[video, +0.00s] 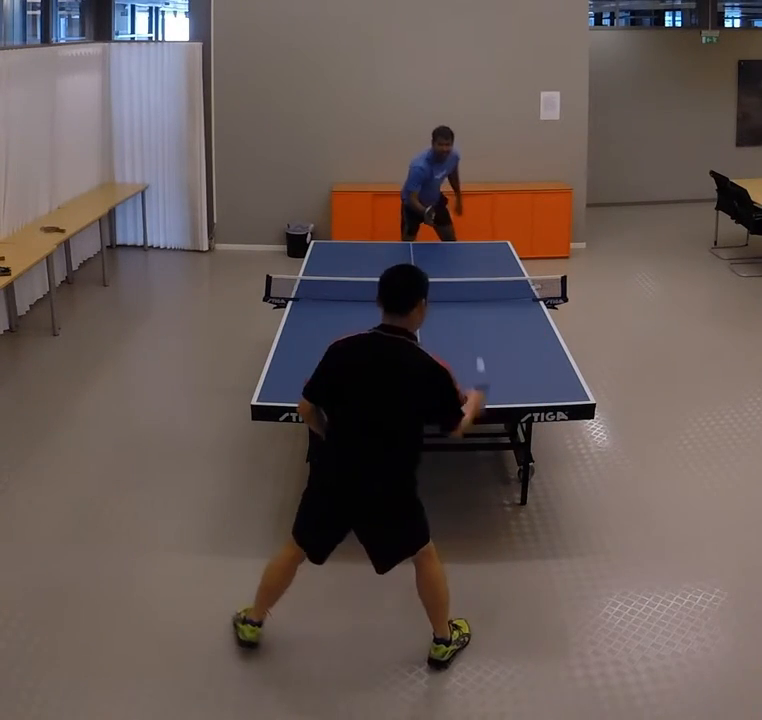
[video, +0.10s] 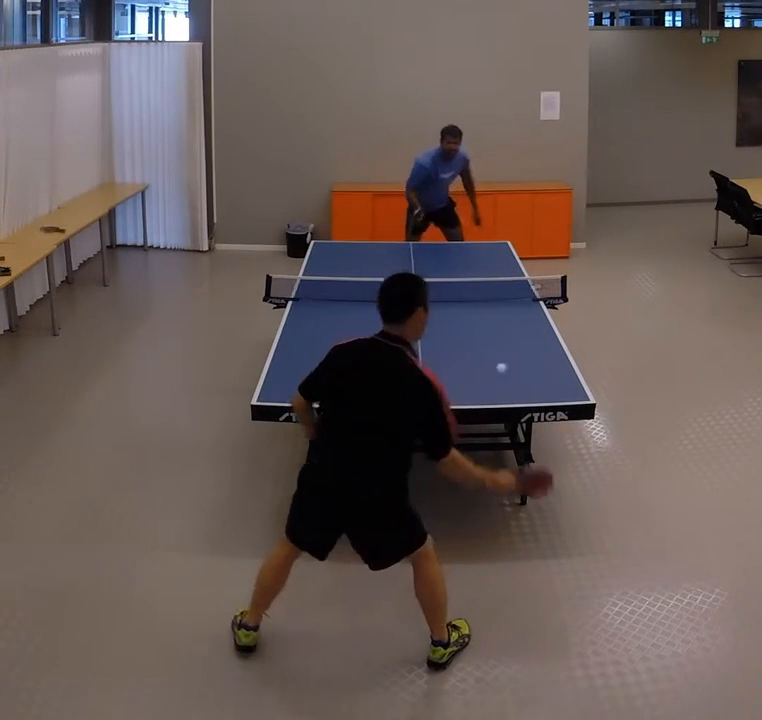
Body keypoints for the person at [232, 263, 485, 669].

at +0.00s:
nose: (426, 308)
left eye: (424, 302)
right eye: (425, 302)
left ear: (379, 303)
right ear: (420, 307)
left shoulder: (343, 350)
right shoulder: (427, 370)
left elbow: (306, 407)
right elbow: (456, 428)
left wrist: (326, 433)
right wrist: (471, 407)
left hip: (334, 480)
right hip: (390, 487)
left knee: (295, 549)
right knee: (424, 555)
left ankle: (252, 621)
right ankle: (443, 638)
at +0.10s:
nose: (427, 318)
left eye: (425, 309)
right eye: (426, 310)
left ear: (381, 310)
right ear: (419, 315)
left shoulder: (344, 354)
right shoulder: (420, 386)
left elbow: (300, 400)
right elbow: (446, 460)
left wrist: (314, 431)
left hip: (322, 483)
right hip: (378, 495)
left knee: (288, 547)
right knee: (423, 555)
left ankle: (249, 624)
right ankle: (440, 640)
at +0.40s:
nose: (317, 327)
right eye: (314, 324)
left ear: (276, 346)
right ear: (313, 333)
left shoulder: (273, 400)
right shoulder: (351, 365)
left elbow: (275, 473)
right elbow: (378, 350)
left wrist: (296, 490)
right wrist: (368, 333)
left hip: (312, 499)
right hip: (370, 493)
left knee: (276, 559)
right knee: (416, 559)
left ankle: (246, 629)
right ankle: (444, 642)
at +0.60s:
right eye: (277, 331)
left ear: (243, 348)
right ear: (282, 337)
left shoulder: (245, 403)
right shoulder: (310, 367)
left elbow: (267, 467)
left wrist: (289, 483)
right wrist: (233, 439)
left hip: (306, 495)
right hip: (358, 482)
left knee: (270, 556)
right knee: (412, 555)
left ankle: (246, 629)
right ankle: (451, 638)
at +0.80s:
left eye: (276, 318)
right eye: (314, 315)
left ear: (273, 324)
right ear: (316, 321)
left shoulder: (258, 384)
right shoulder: (348, 369)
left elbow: (255, 465)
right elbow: (389, 431)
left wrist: (287, 457)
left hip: (294, 498)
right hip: (353, 495)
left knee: (270, 549)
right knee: (418, 564)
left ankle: (245, 628)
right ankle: (458, 653)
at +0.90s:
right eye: (347, 311)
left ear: (305, 318)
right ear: (348, 317)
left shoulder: (282, 379)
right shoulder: (378, 372)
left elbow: (267, 456)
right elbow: (416, 435)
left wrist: (293, 475)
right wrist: (380, 437)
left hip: (307, 498)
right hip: (368, 498)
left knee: (281, 551)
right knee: (431, 572)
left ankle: (246, 628)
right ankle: (463, 662)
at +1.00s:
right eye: (373, 307)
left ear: (331, 313)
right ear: (375, 313)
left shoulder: (304, 372)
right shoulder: (400, 374)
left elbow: (280, 443)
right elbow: (424, 444)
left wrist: (306, 460)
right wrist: (388, 426)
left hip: (318, 495)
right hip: (380, 499)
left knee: (287, 557)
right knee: (435, 575)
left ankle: (255, 634)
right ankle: (463, 662)